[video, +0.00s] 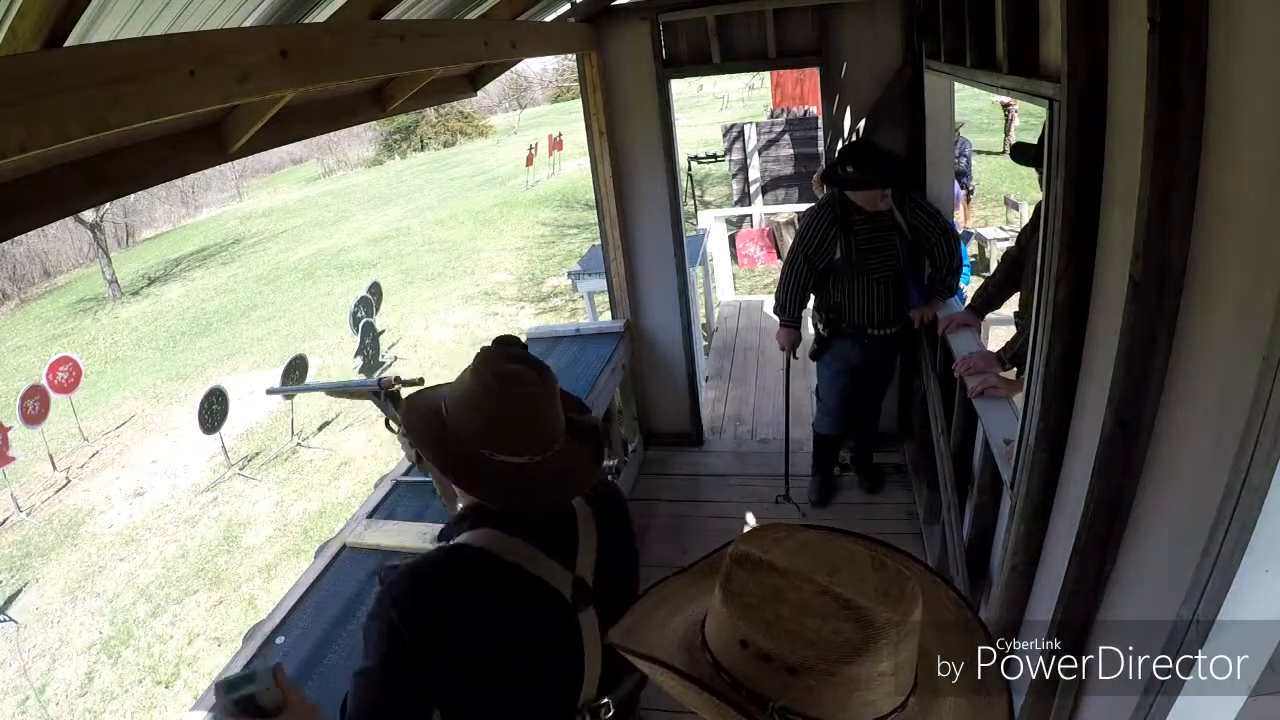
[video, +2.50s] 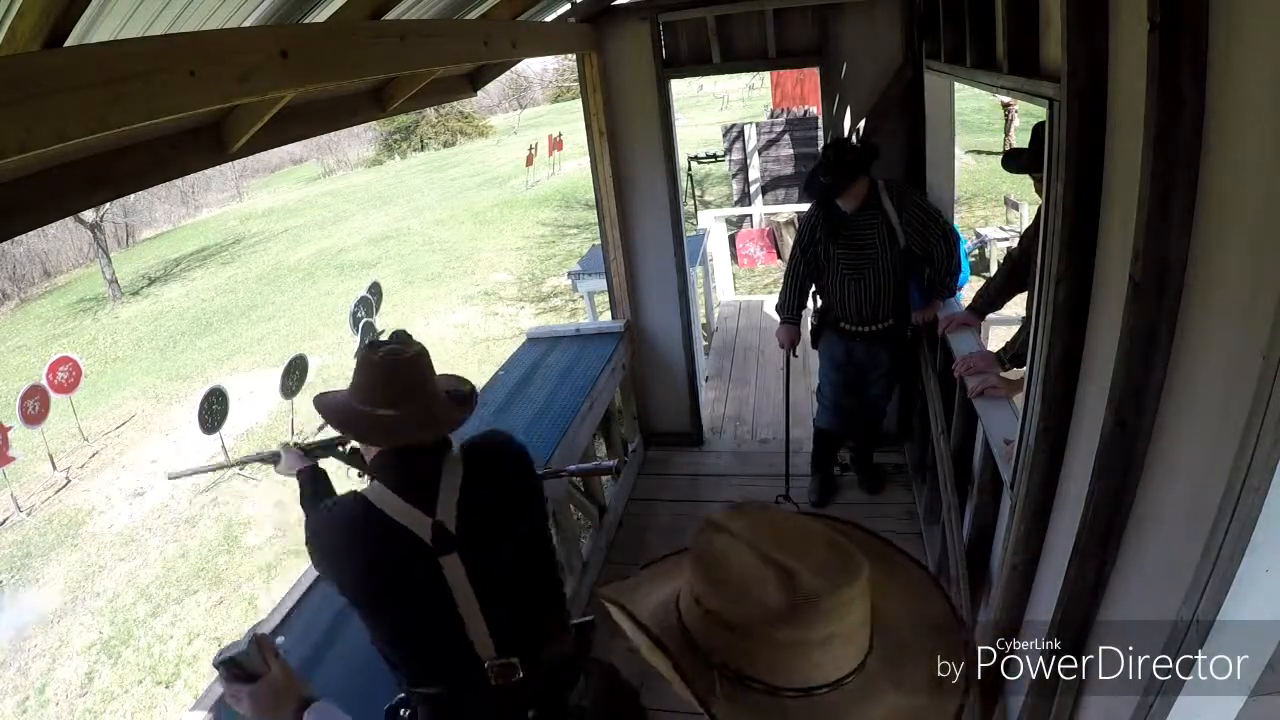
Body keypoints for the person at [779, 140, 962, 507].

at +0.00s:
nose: (884, 198)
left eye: (887, 190)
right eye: (875, 192)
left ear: (891, 183)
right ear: (852, 188)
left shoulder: (909, 209)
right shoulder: (827, 217)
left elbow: (947, 243)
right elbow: (798, 265)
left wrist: (938, 297)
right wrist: (789, 320)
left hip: (890, 334)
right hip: (840, 334)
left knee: (872, 405)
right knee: (831, 410)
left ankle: (865, 460)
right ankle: (823, 473)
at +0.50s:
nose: (884, 188)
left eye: (886, 179)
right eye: (875, 181)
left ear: (889, 176)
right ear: (849, 182)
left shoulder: (907, 209)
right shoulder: (824, 218)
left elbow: (945, 243)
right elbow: (795, 269)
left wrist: (937, 296)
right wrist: (786, 322)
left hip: (890, 333)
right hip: (840, 333)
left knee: (873, 403)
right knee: (832, 406)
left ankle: (864, 460)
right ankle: (823, 472)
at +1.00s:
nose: (849, 186)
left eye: (857, 178)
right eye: (843, 178)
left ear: (874, 174)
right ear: (834, 177)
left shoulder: (904, 207)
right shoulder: (821, 217)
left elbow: (944, 240)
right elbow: (795, 268)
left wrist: (937, 296)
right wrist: (785, 322)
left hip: (888, 332)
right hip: (835, 333)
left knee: (872, 405)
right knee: (829, 407)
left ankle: (864, 460)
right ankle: (822, 474)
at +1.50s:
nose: (838, 176)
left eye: (846, 168)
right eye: (834, 169)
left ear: (869, 167)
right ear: (832, 171)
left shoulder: (902, 205)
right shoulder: (822, 215)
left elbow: (946, 241)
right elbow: (799, 268)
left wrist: (937, 296)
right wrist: (790, 321)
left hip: (888, 331)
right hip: (836, 331)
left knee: (873, 404)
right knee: (830, 405)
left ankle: (864, 459)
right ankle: (822, 473)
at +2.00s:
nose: (837, 203)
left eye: (842, 195)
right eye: (831, 196)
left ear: (862, 180)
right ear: (824, 188)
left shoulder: (900, 206)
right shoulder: (821, 218)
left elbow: (944, 242)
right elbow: (799, 267)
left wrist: (935, 297)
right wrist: (789, 319)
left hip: (888, 332)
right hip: (837, 332)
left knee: (874, 404)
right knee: (832, 403)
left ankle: (864, 460)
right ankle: (822, 473)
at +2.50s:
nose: (839, 199)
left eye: (844, 190)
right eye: (833, 192)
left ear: (862, 180)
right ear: (828, 185)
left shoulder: (901, 206)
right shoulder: (821, 217)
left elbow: (945, 243)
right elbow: (799, 267)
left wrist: (936, 298)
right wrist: (788, 318)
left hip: (888, 332)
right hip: (837, 332)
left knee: (875, 404)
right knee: (831, 404)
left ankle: (865, 461)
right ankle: (822, 475)